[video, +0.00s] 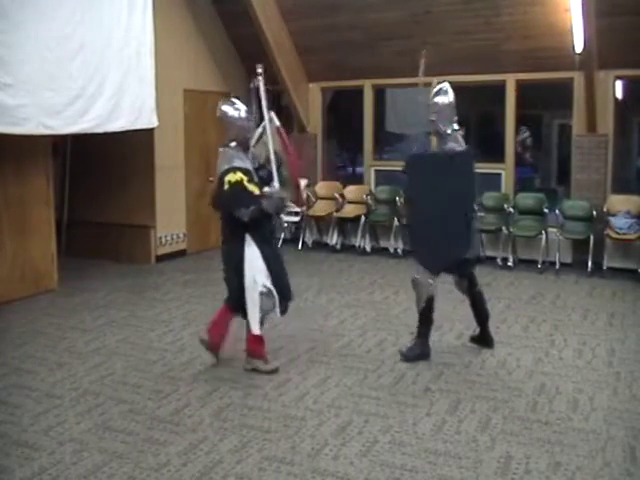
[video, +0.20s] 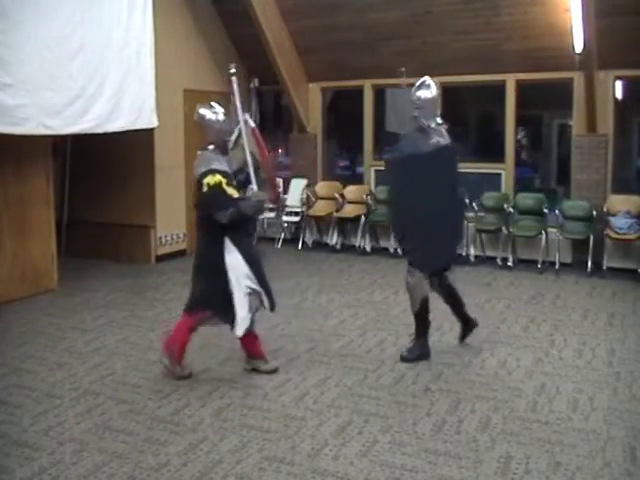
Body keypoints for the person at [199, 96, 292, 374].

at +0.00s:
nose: (252, 135)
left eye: (252, 130)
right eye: (248, 130)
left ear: (238, 136)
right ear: (239, 135)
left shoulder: (244, 162)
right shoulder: (234, 171)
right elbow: (246, 211)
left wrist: (274, 196)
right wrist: (273, 202)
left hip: (241, 240)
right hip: (248, 244)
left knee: (239, 294)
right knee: (257, 294)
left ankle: (213, 336)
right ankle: (256, 353)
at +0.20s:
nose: (231, 139)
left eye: (231, 134)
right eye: (227, 134)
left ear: (213, 138)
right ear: (216, 137)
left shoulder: (219, 164)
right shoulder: (212, 171)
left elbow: (237, 187)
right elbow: (224, 214)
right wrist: (254, 203)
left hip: (221, 244)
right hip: (223, 246)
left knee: (206, 300)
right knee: (240, 297)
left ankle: (173, 349)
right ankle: (255, 355)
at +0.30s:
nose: (219, 135)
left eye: (218, 129)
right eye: (214, 129)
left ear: (200, 138)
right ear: (202, 136)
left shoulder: (201, 169)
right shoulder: (201, 175)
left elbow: (219, 196)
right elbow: (211, 215)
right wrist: (241, 210)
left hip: (196, 248)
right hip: (209, 249)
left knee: (188, 306)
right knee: (230, 297)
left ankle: (169, 363)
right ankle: (251, 356)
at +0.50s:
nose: (198, 128)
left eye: (195, 122)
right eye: (193, 123)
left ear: (176, 131)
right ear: (182, 129)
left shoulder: (184, 163)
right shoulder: (179, 169)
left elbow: (201, 192)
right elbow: (189, 210)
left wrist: (213, 193)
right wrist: (220, 203)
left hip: (178, 245)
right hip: (190, 246)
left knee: (174, 300)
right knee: (210, 296)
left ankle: (167, 364)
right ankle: (217, 359)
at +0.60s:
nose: (188, 123)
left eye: (186, 117)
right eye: (183, 118)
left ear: (166, 125)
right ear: (171, 125)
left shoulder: (172, 157)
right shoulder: (169, 166)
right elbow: (183, 209)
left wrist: (206, 188)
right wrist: (212, 199)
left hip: (171, 243)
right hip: (181, 246)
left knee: (169, 300)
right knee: (190, 300)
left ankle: (164, 367)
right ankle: (189, 365)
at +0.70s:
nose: (180, 121)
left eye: (179, 115)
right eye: (176, 116)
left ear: (159, 118)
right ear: (165, 119)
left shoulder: (170, 150)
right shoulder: (160, 155)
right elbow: (174, 205)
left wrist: (200, 187)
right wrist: (203, 196)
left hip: (179, 236)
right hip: (169, 239)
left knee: (178, 293)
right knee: (172, 293)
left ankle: (169, 352)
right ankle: (163, 353)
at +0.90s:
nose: (171, 127)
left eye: (170, 121)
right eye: (164, 123)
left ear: (167, 124)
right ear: (150, 128)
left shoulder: (170, 156)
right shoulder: (147, 163)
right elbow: (161, 208)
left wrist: (197, 190)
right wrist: (190, 197)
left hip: (175, 240)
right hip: (153, 244)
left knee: (174, 300)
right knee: (144, 301)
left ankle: (165, 360)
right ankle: (124, 368)